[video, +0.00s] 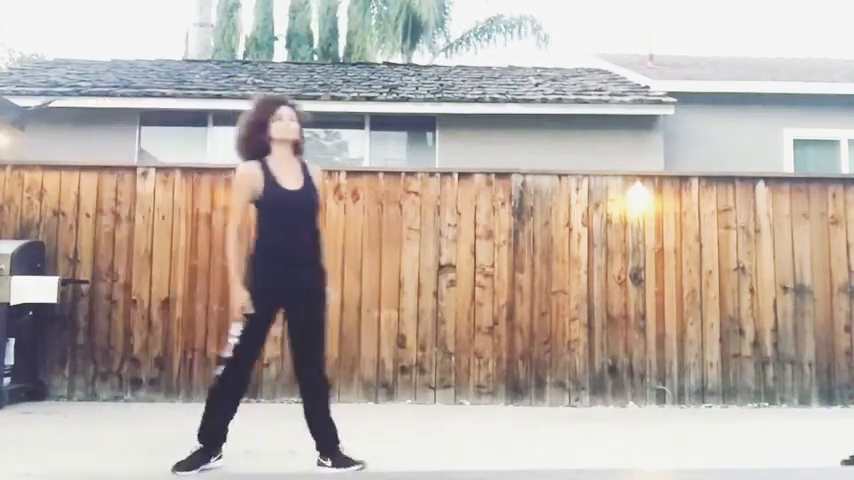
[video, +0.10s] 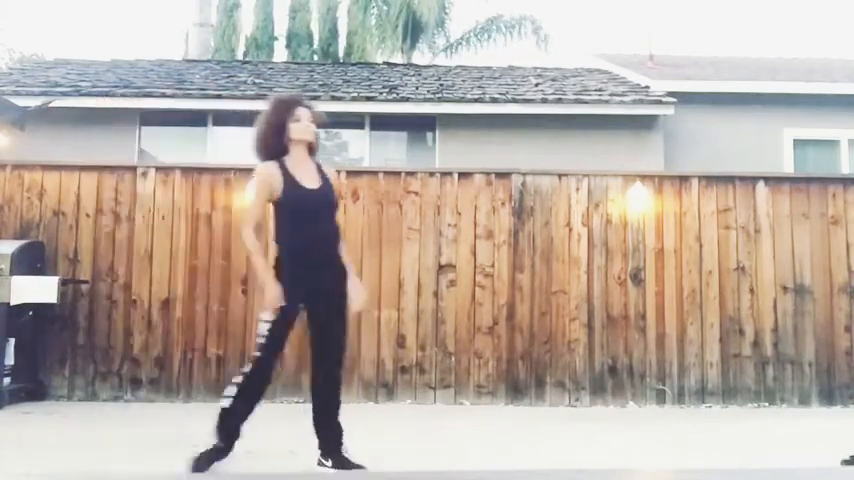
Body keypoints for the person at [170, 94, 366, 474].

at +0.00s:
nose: (288, 124)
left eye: (292, 119)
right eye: (280, 119)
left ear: (300, 128)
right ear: (264, 128)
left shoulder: (309, 170)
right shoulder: (251, 172)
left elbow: (313, 229)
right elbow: (235, 231)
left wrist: (319, 276)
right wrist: (237, 286)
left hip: (307, 279)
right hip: (266, 279)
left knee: (312, 367)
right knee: (238, 363)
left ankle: (328, 450)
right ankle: (210, 444)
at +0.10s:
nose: (308, 125)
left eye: (310, 120)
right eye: (298, 120)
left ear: (314, 128)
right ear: (282, 129)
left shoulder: (324, 173)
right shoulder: (269, 172)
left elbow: (332, 232)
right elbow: (249, 231)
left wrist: (350, 276)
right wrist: (268, 283)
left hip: (329, 279)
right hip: (291, 279)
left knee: (329, 368)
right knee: (263, 363)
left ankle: (331, 451)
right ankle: (223, 442)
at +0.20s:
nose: (323, 125)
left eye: (325, 120)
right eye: (314, 120)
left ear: (328, 128)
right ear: (297, 128)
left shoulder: (335, 170)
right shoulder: (286, 172)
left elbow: (339, 225)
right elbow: (260, 227)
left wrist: (361, 257)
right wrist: (294, 265)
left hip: (344, 275)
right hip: (309, 278)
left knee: (340, 366)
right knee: (295, 367)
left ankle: (333, 451)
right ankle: (255, 442)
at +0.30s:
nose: (335, 125)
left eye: (336, 121)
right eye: (325, 121)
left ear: (340, 128)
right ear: (308, 129)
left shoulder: (344, 168)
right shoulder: (297, 171)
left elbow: (348, 219)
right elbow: (269, 223)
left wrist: (364, 241)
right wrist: (316, 244)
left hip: (355, 274)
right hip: (325, 276)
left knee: (354, 362)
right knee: (336, 361)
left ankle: (336, 448)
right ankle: (310, 437)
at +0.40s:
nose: (344, 127)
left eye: (346, 122)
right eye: (335, 122)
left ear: (348, 129)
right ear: (318, 130)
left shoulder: (352, 170)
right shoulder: (308, 169)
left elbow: (356, 217)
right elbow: (278, 217)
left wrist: (369, 240)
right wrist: (325, 232)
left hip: (364, 272)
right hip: (334, 274)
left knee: (358, 357)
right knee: (363, 352)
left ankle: (336, 449)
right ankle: (361, 443)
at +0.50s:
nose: (352, 129)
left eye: (353, 124)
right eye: (343, 125)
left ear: (355, 131)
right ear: (326, 133)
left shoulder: (363, 174)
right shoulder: (319, 169)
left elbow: (363, 221)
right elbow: (291, 220)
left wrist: (378, 246)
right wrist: (342, 242)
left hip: (371, 275)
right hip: (341, 277)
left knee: (372, 361)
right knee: (380, 358)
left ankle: (338, 444)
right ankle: (409, 445)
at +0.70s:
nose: (364, 129)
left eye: (364, 124)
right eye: (354, 127)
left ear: (369, 132)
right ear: (340, 139)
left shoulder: (380, 179)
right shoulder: (345, 171)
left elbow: (388, 238)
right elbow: (336, 230)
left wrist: (402, 281)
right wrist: (373, 273)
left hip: (384, 279)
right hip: (356, 279)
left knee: (407, 361)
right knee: (391, 365)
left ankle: (357, 438)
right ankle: (434, 452)